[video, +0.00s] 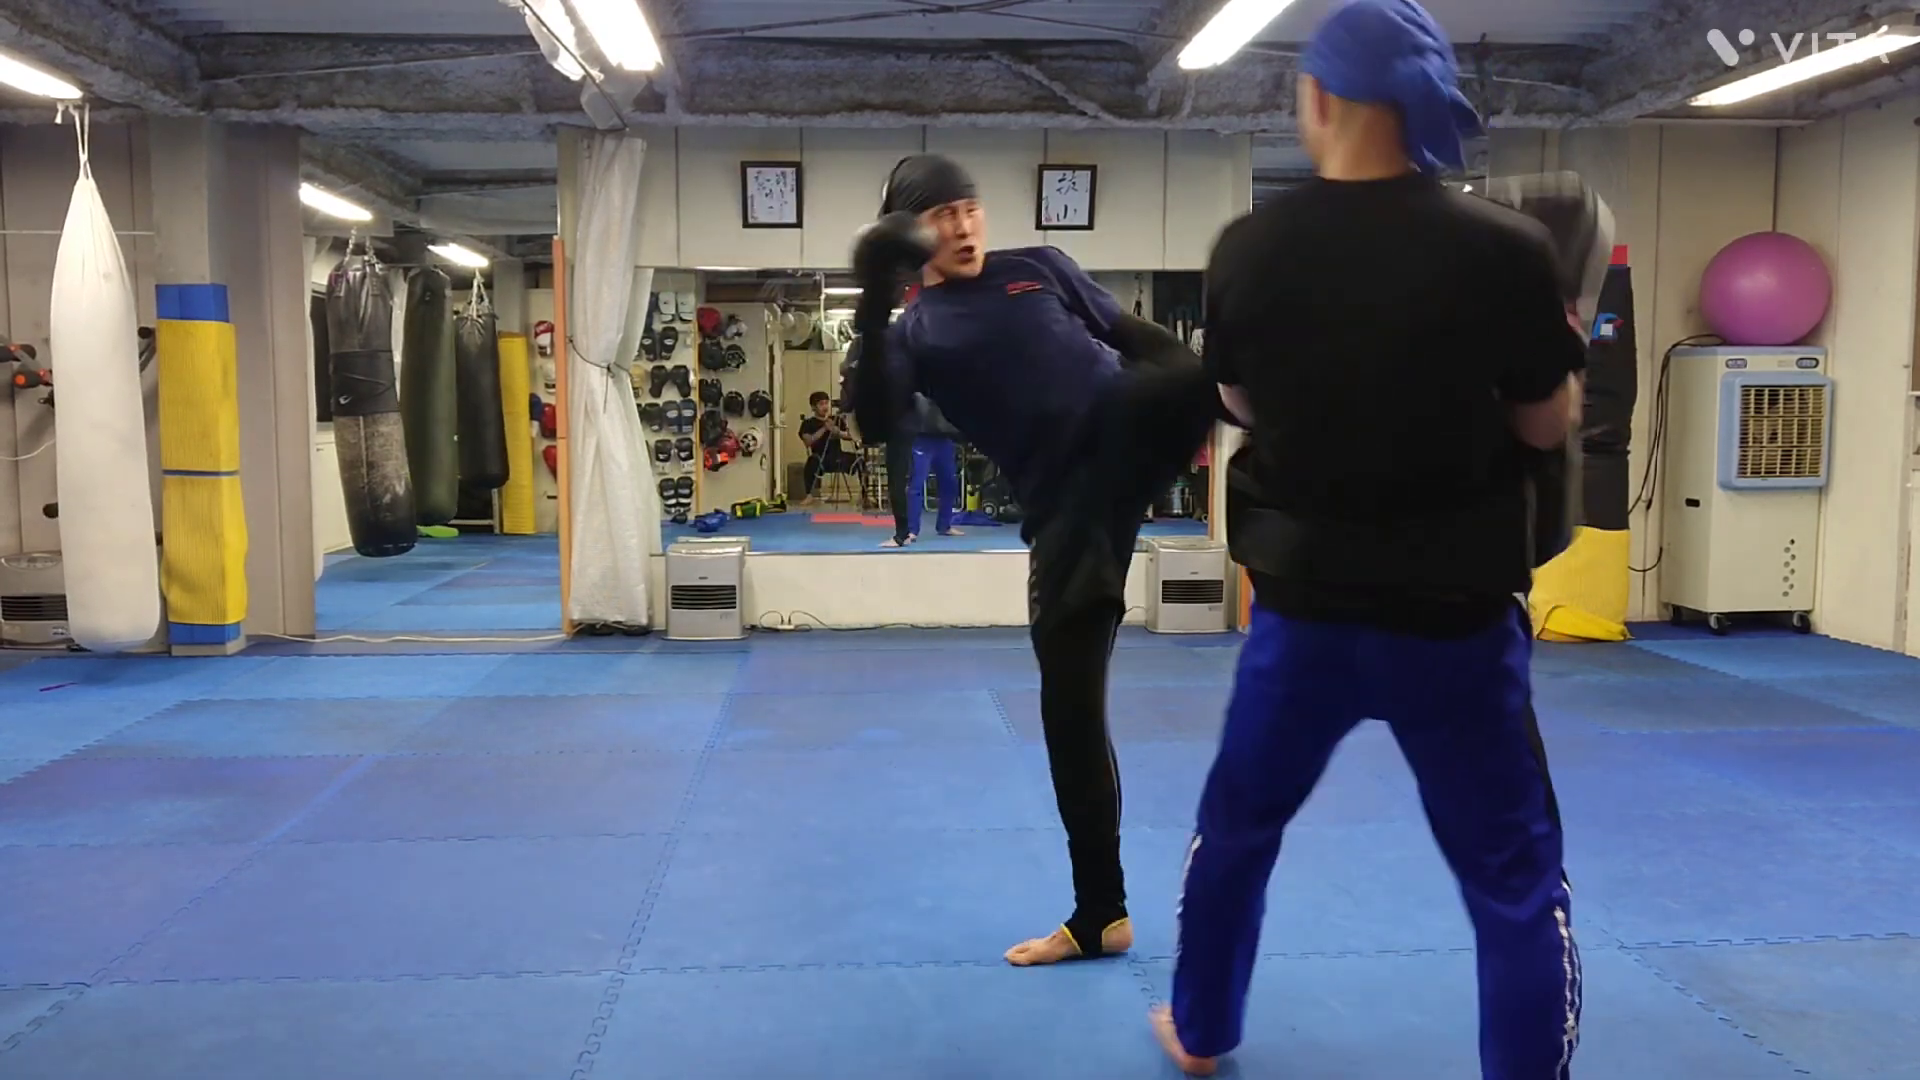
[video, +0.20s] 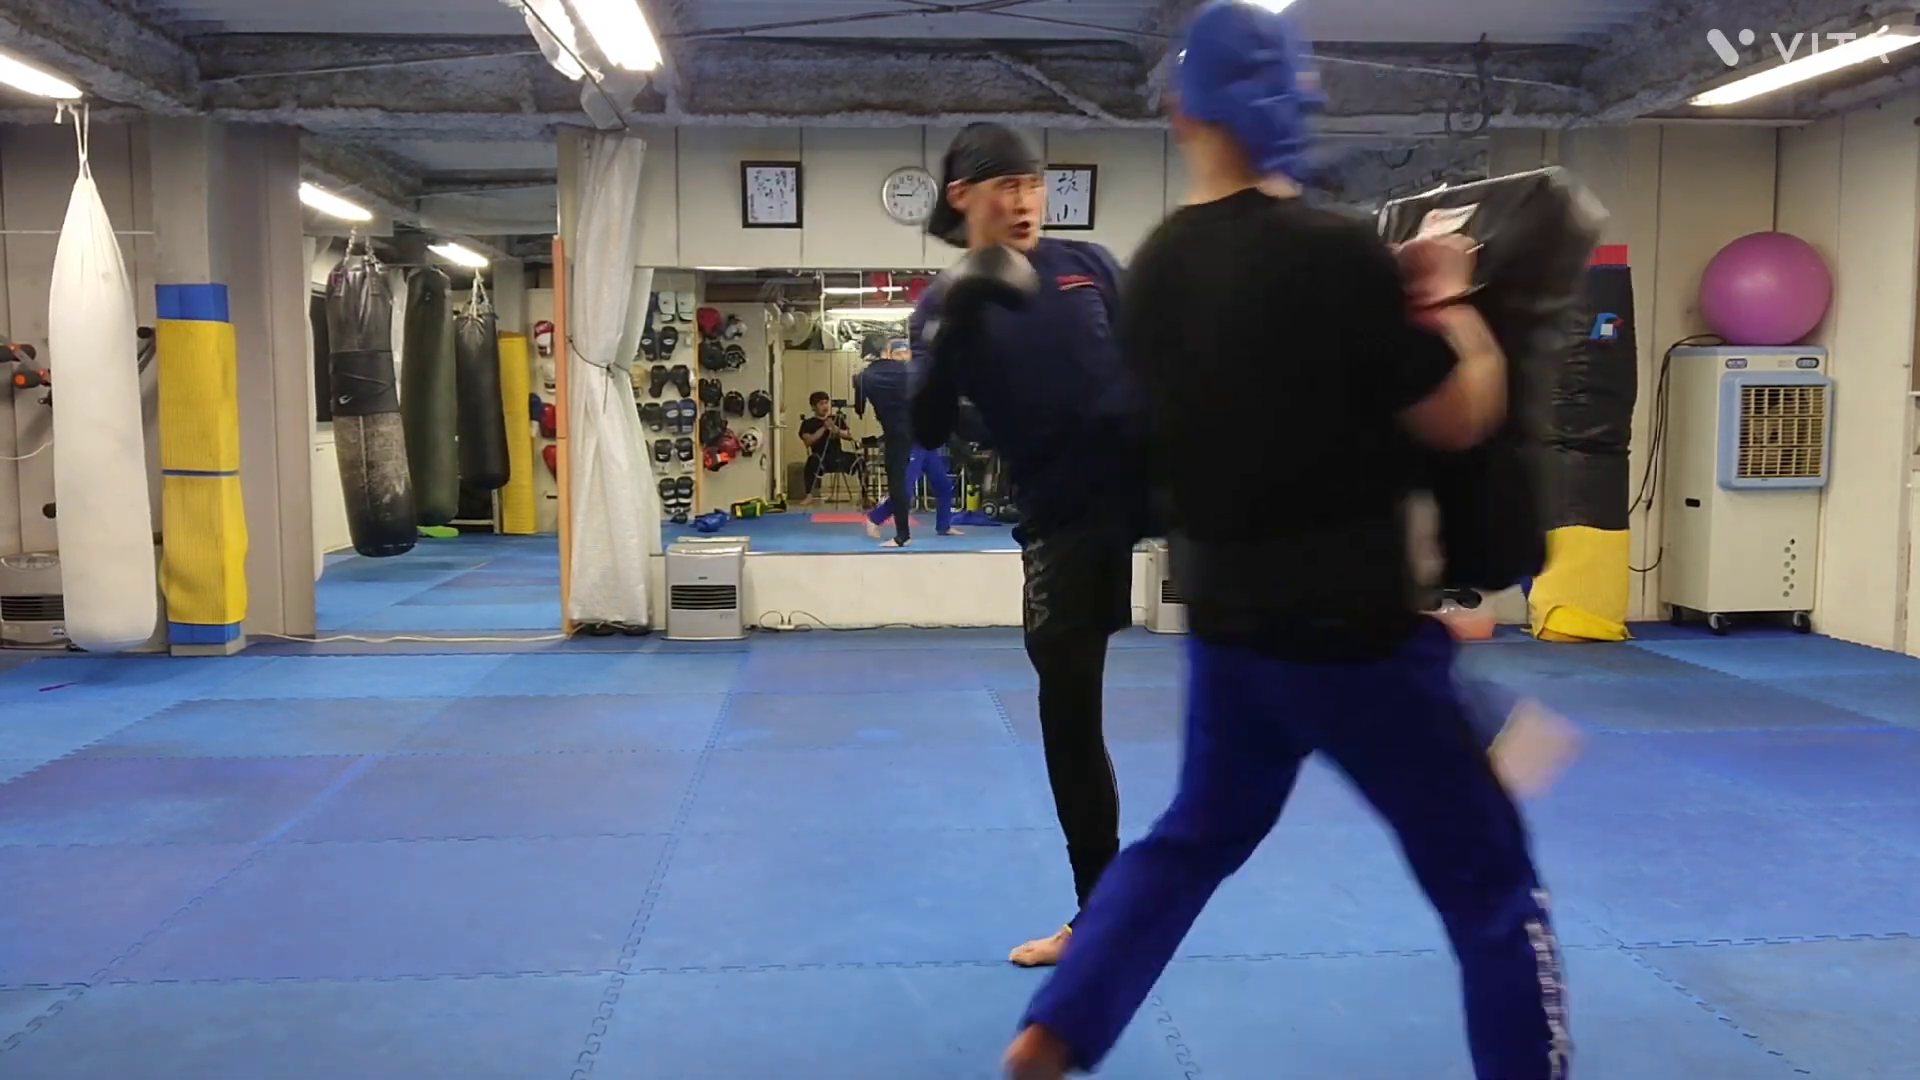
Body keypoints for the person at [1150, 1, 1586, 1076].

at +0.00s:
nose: (1303, 112)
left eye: (1307, 94)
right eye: (1309, 92)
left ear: (1325, 105)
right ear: (1420, 108)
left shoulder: (1253, 245)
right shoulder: (1504, 247)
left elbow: (1242, 402)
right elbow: (1549, 420)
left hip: (1303, 624)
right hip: (1455, 632)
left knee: (1235, 831)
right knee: (1515, 883)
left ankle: (1200, 1034)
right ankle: (1531, 1072)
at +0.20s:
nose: (1168, 116)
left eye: (1171, 101)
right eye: (1184, 101)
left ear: (1186, 113)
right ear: (1290, 109)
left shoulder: (1156, 264)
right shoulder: (1335, 251)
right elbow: (1464, 411)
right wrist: (1448, 290)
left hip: (1229, 640)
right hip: (1361, 646)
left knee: (1196, 835)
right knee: (1489, 885)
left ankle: (1048, 1043)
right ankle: (1527, 1069)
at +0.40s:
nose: (1158, 81)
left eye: (1151, 59)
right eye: (1152, 61)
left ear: (1035, 87)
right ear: (1137, 80)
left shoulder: (1014, 230)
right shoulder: (1104, 229)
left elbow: (1103, 398)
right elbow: (1211, 408)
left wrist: (1252, 327)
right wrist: (1290, 334)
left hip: (1041, 634)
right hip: (1141, 638)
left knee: (1090, 870)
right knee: (1301, 877)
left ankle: (1024, 1070)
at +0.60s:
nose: (1072, 49)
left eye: (1066, 32)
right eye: (1065, 32)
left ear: (955, 59)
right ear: (1041, 48)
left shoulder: (927, 191)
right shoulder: (1009, 191)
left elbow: (1017, 377)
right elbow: (1126, 384)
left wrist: (1150, 307)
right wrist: (1192, 306)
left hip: (946, 607)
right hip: (1011, 618)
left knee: (1011, 904)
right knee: (1063, 923)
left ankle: (1017, 1069)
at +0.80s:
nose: (984, 58)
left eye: (979, 39)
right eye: (978, 38)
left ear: (868, 59)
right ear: (950, 55)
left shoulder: (832, 194)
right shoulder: (897, 205)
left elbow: (902, 406)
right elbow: (1008, 419)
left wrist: (1039, 340)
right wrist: (1087, 338)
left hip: (845, 637)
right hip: (860, 650)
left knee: (972, 853)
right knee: (804, 963)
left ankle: (981, 1072)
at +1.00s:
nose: (903, 41)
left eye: (901, 19)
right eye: (897, 16)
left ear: (802, 41)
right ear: (855, 34)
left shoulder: (782, 179)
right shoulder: (774, 184)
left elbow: (886, 377)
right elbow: (903, 399)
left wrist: (971, 294)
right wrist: (990, 283)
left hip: (812, 615)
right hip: (784, 629)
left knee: (873, 835)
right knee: (780, 920)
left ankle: (820, 1058)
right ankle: (710, 1078)